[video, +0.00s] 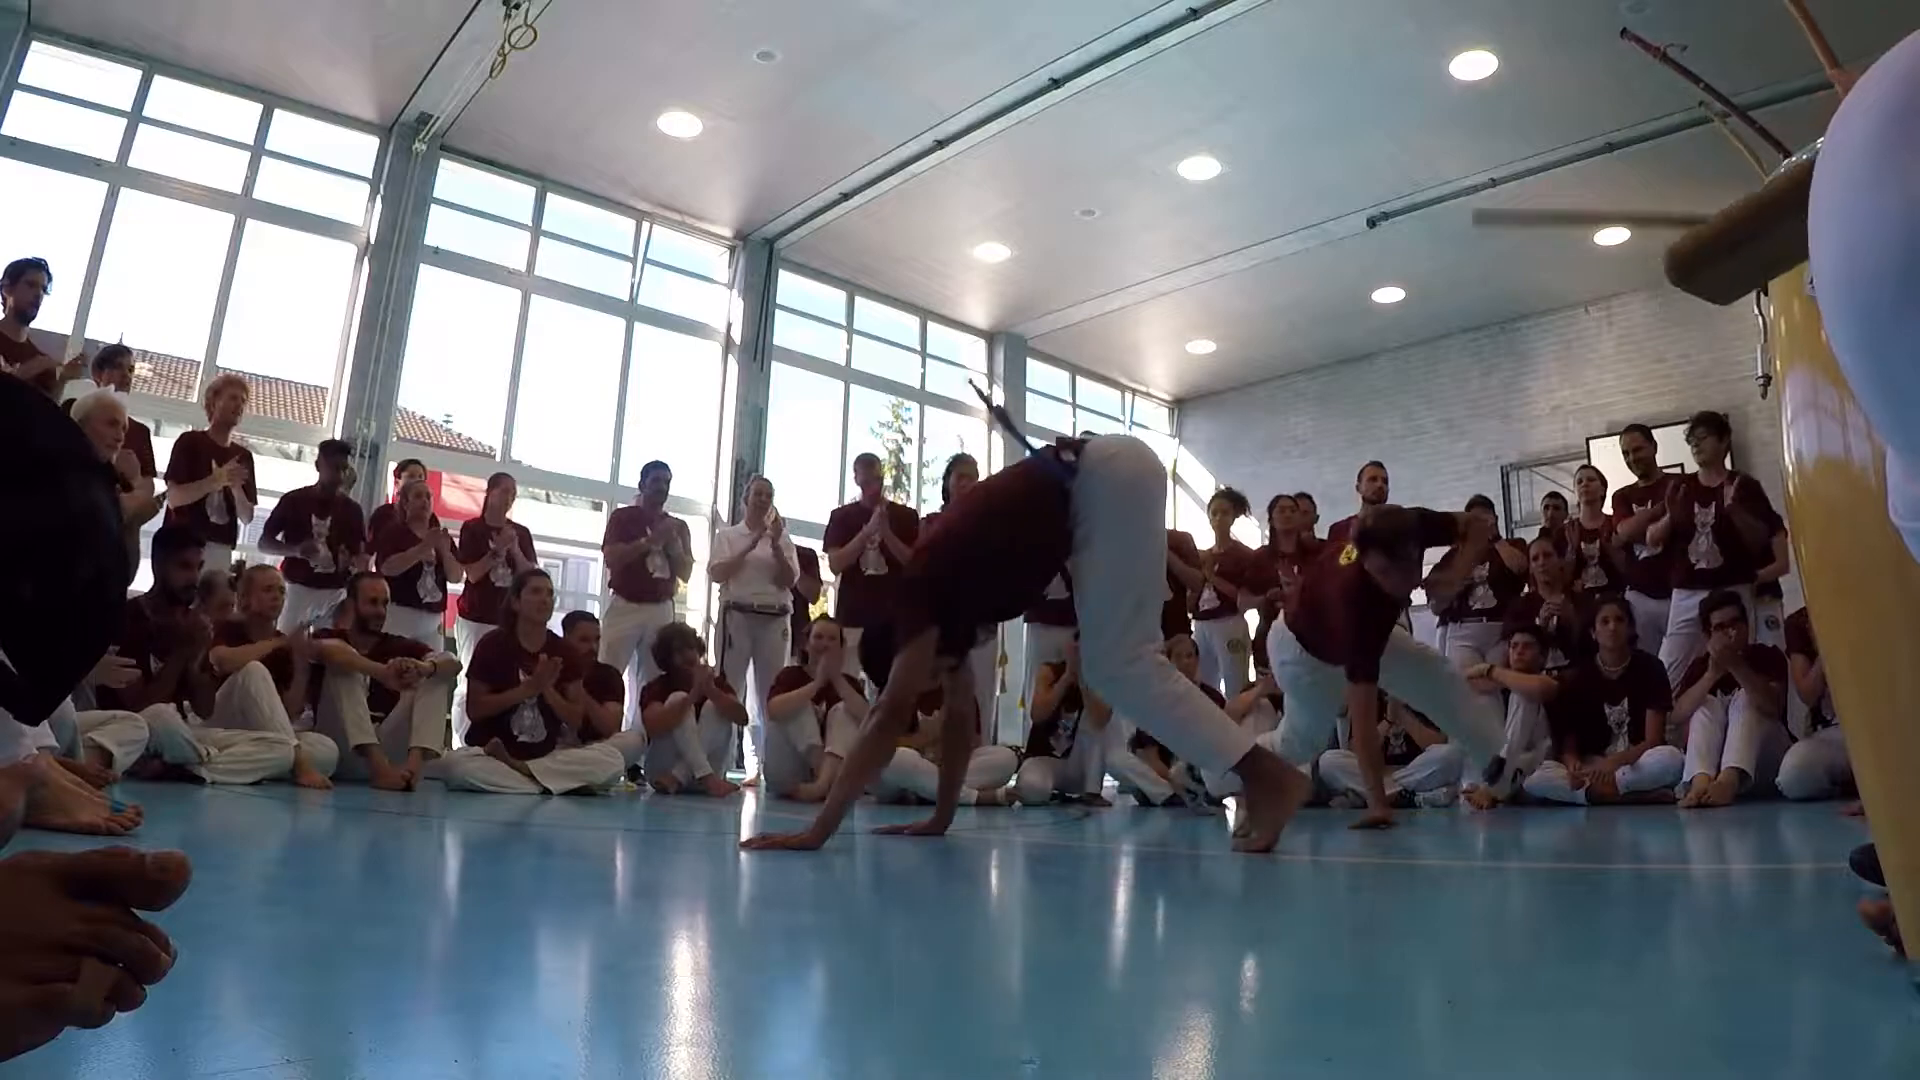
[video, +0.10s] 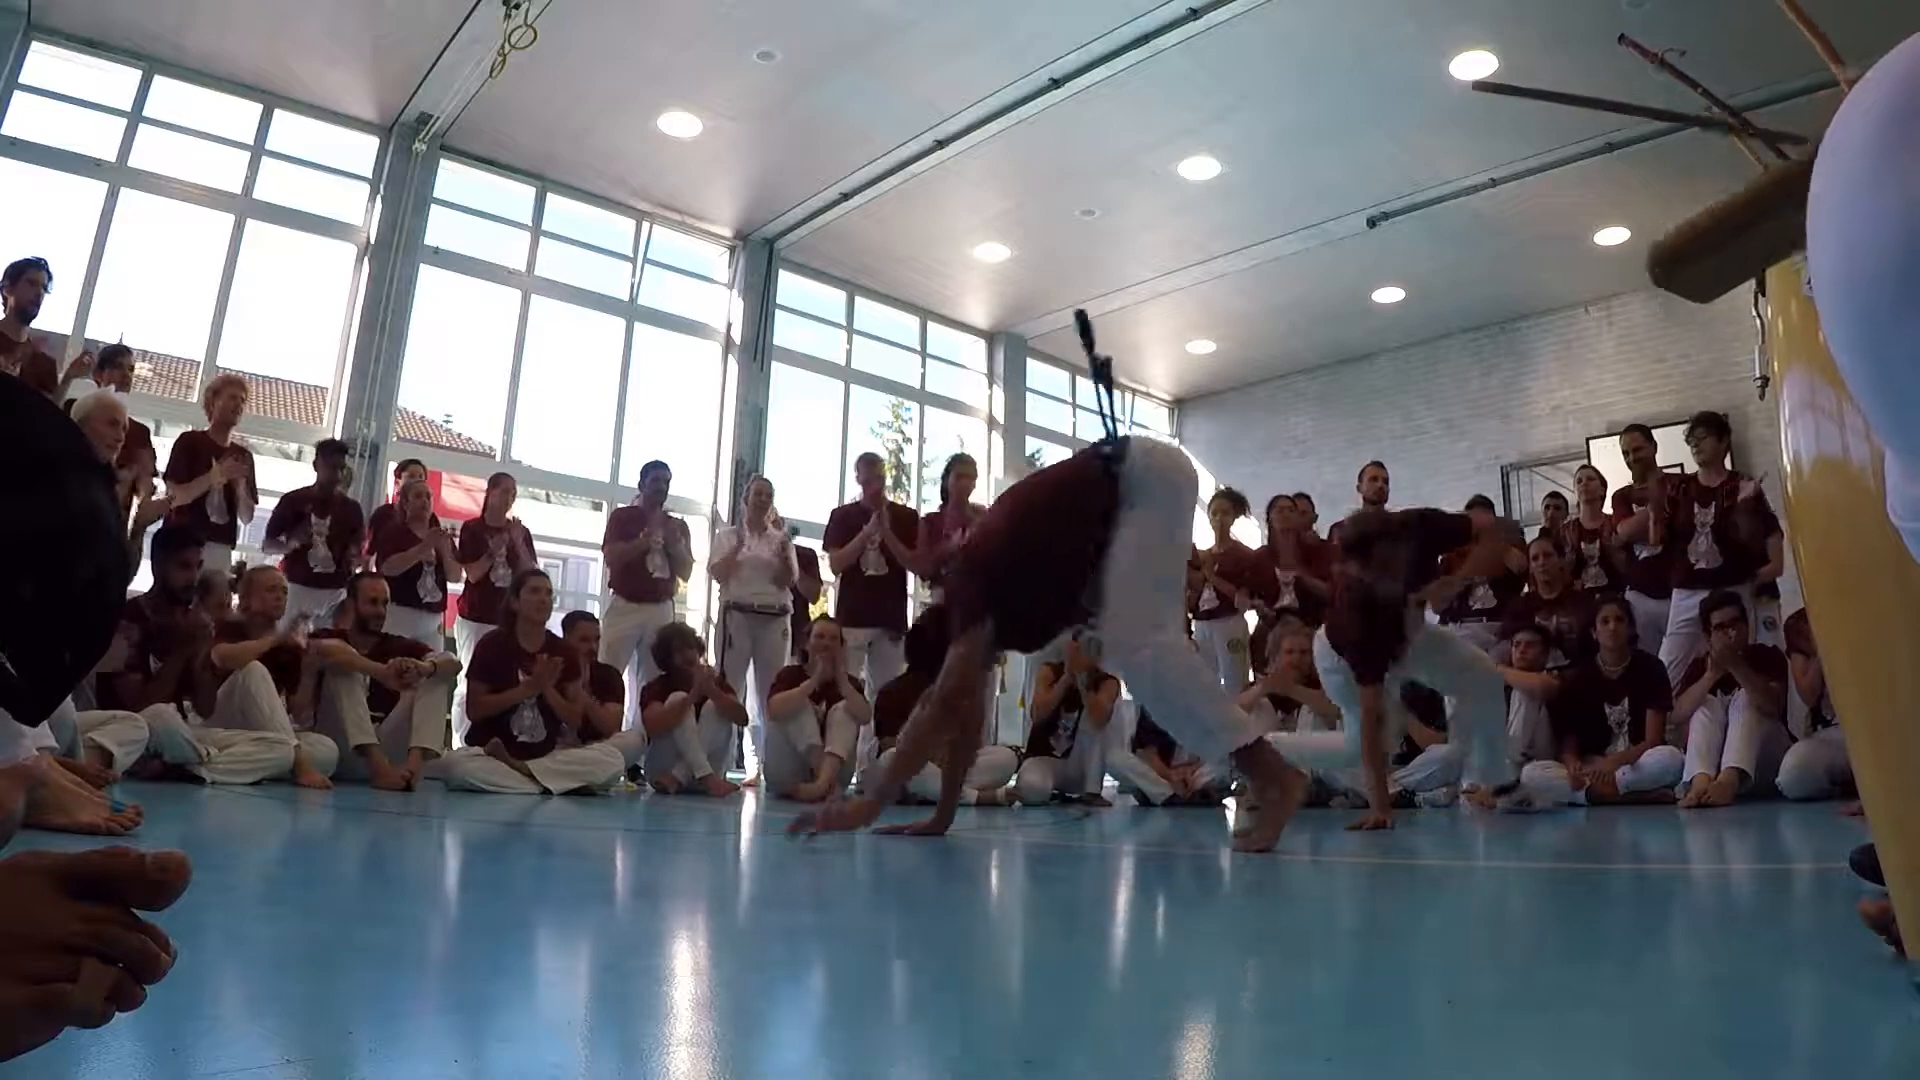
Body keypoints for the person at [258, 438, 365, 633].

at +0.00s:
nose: (339, 475)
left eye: (343, 468)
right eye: (334, 467)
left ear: (348, 470)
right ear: (318, 465)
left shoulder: (352, 510)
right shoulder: (293, 501)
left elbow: (359, 554)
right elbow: (265, 543)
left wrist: (352, 561)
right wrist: (297, 550)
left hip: (336, 593)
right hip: (299, 591)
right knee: (285, 655)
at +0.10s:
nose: (337, 474)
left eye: (340, 468)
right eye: (331, 467)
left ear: (345, 469)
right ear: (316, 465)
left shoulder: (352, 509)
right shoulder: (292, 501)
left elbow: (357, 550)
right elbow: (268, 545)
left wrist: (353, 557)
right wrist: (291, 543)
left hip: (335, 593)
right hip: (298, 589)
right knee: (288, 655)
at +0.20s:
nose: (335, 474)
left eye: (339, 467)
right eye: (329, 467)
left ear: (343, 468)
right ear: (313, 465)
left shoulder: (351, 508)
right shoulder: (291, 501)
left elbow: (357, 551)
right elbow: (278, 552)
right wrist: (299, 533)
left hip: (337, 594)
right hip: (299, 592)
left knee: (333, 660)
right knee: (290, 656)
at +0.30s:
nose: (333, 473)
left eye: (337, 467)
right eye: (327, 466)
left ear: (341, 469)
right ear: (311, 465)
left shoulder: (349, 506)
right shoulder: (292, 500)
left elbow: (352, 558)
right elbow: (285, 550)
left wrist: (342, 535)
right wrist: (320, 534)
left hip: (335, 593)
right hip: (298, 590)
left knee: (328, 661)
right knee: (290, 657)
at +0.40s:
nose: (333, 473)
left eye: (337, 467)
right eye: (327, 466)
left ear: (341, 468)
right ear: (310, 464)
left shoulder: (348, 505)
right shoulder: (290, 498)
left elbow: (350, 557)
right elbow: (286, 549)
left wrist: (344, 526)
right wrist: (314, 535)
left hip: (336, 590)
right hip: (299, 588)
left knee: (329, 660)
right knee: (291, 656)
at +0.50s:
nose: (333, 473)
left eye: (337, 467)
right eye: (327, 466)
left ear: (341, 468)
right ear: (311, 465)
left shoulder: (348, 505)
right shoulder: (287, 499)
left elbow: (351, 557)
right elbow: (287, 548)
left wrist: (354, 527)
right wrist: (306, 522)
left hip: (334, 591)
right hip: (297, 589)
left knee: (328, 661)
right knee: (290, 656)